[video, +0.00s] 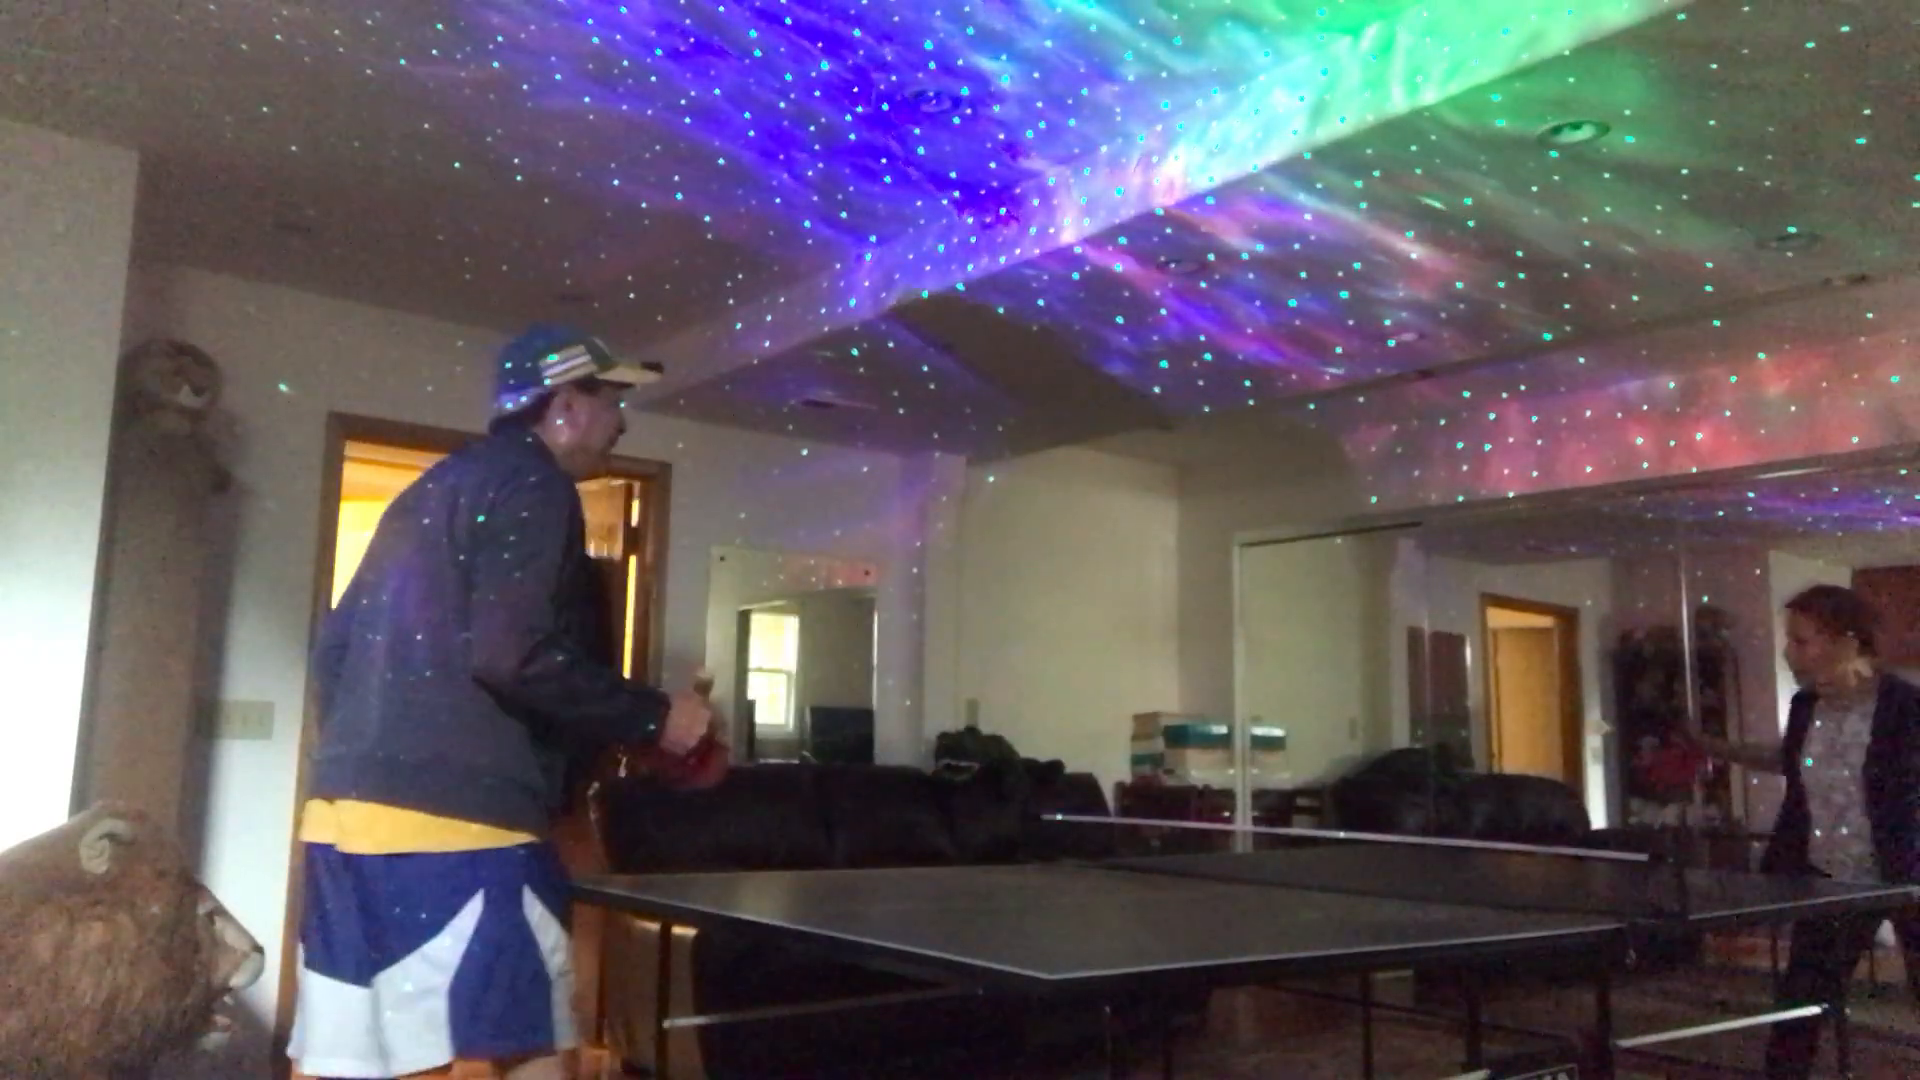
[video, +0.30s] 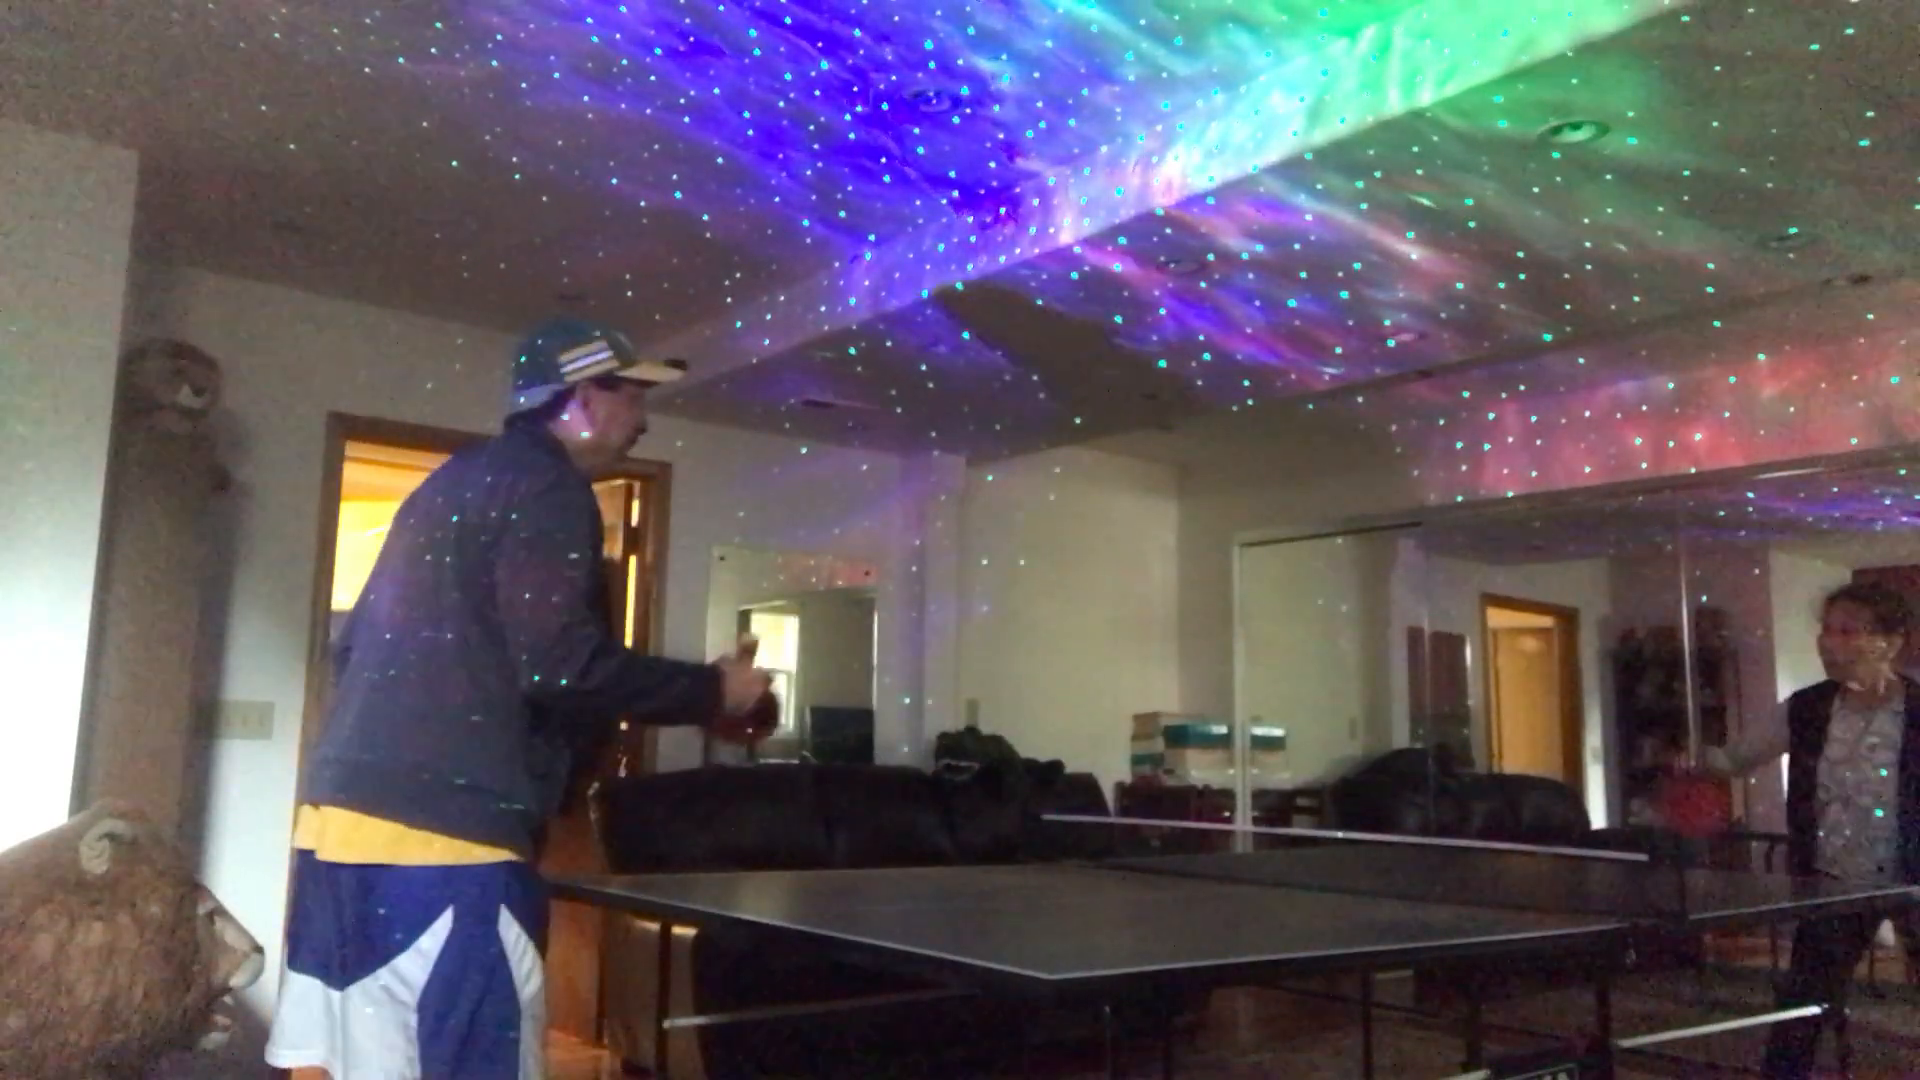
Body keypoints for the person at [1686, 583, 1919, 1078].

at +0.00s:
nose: (1788, 652)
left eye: (1800, 640)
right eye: (1789, 639)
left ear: (1843, 640)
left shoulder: (1903, 703)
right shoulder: (1805, 706)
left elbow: (1911, 797)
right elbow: (1787, 762)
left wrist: (1906, 885)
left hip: (1900, 882)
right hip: (1828, 886)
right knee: (1798, 1004)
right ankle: (1783, 1072)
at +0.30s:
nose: (1825, 640)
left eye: (1842, 630)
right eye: (1826, 628)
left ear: (1889, 643)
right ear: (1822, 636)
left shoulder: (1908, 707)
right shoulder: (1808, 707)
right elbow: (1739, 757)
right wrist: (1693, 760)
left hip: (1904, 884)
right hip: (1831, 887)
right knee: (1802, 1002)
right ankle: (1782, 1071)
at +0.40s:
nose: (1840, 645)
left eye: (1858, 632)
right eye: (1835, 633)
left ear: (1901, 643)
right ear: (1829, 640)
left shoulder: (1913, 708)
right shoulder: (1816, 710)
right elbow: (1765, 778)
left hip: (1912, 885)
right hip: (1839, 886)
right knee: (1804, 1000)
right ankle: (1781, 1072)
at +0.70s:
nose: (1834, 647)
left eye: (1849, 634)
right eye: (1822, 635)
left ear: (1884, 645)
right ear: (1810, 645)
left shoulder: (1909, 706)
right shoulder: (1803, 710)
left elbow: (1914, 780)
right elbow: (1804, 784)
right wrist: (1775, 799)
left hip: (1909, 881)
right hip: (1835, 882)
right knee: (1798, 981)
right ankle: (1782, 1067)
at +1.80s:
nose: (1757, 657)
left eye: (1770, 642)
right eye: (1750, 645)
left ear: (1810, 644)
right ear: (1744, 652)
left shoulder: (1864, 707)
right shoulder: (1752, 713)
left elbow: (1912, 792)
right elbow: (1752, 796)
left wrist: (1906, 886)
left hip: (1866, 876)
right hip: (1788, 879)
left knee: (1903, 989)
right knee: (1781, 998)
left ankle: (1918, 1055)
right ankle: (1784, 1074)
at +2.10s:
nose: (1719, 668)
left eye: (1726, 653)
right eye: (1716, 656)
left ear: (1768, 649)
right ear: (1754, 657)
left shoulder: (1839, 713)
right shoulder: (1743, 719)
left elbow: (1907, 799)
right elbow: (1745, 800)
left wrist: (1897, 889)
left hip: (1859, 872)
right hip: (1784, 876)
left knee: (1900, 982)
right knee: (1761, 985)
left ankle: (1918, 1059)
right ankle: (1779, 1072)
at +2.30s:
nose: (1660, 684)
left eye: (1667, 669)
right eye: (1657, 672)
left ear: (1703, 661)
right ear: (1692, 669)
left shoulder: (1775, 718)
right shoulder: (1703, 724)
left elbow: (1846, 806)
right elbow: (1724, 806)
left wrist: (1845, 895)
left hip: (1818, 872)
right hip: (1762, 874)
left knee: (1865, 988)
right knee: (1725, 969)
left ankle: (1911, 1060)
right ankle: (1754, 1069)